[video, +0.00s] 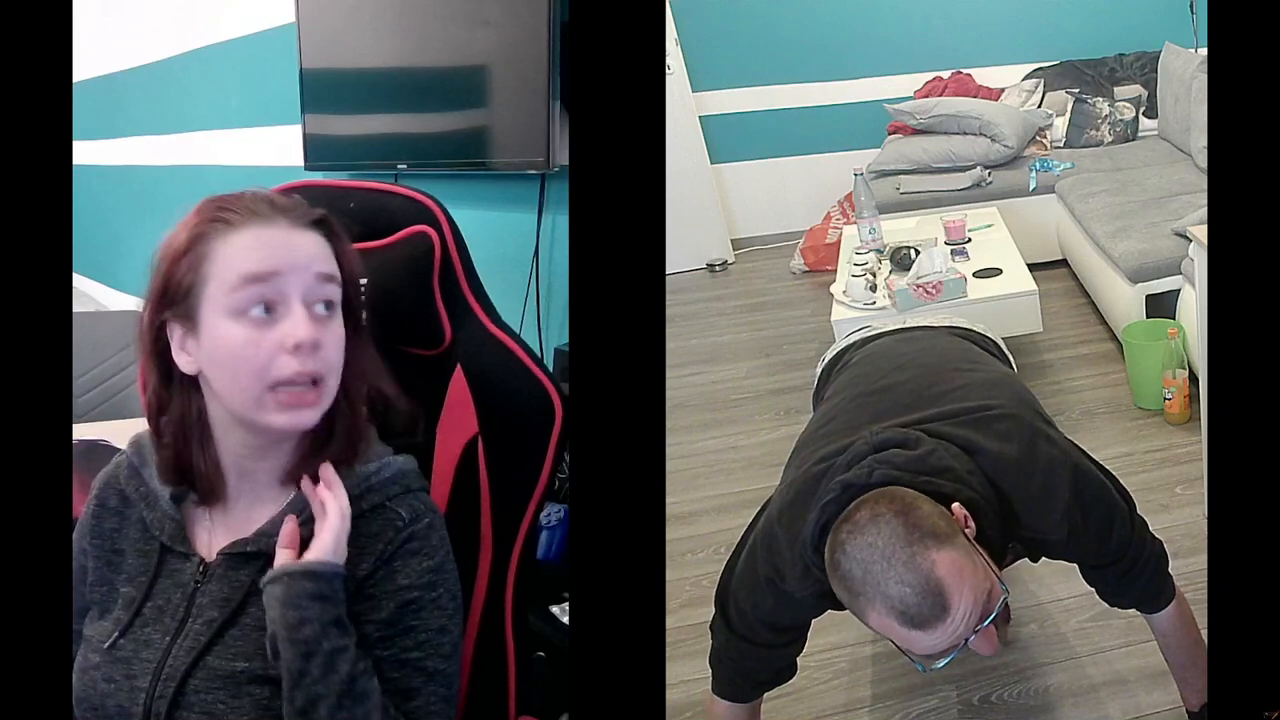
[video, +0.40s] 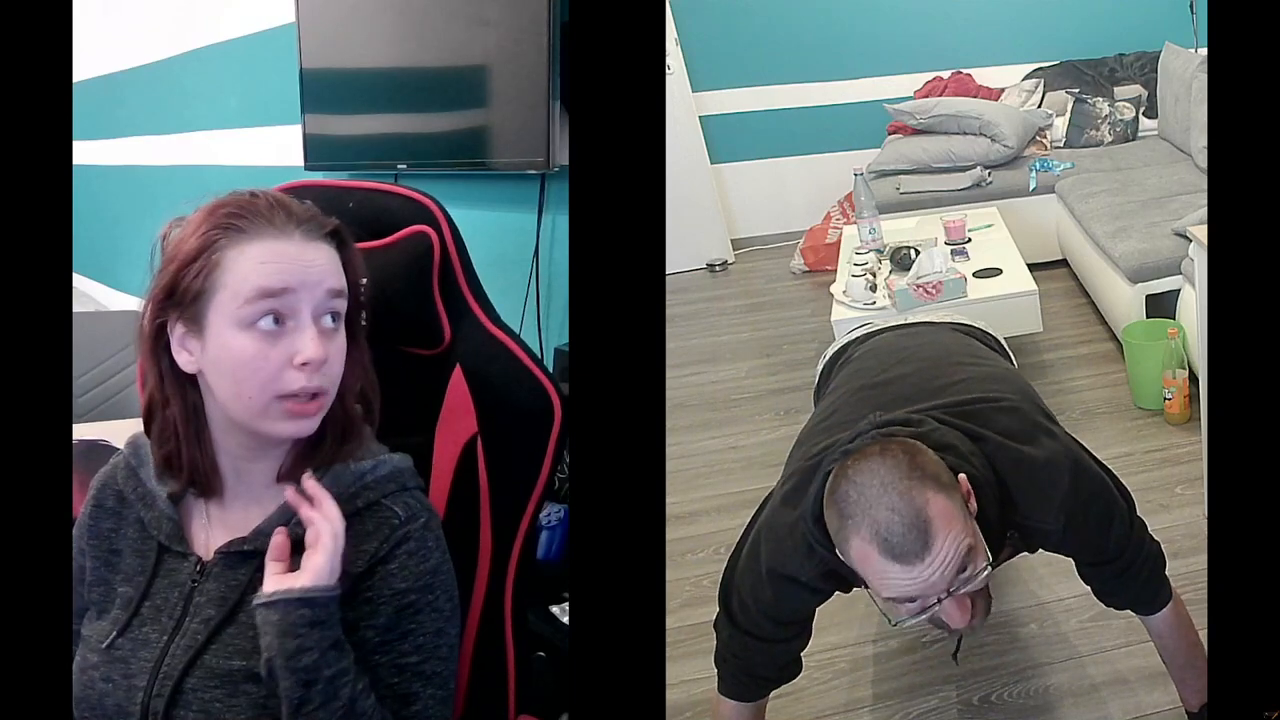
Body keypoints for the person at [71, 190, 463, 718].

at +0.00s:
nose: (306, 335)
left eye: (325, 305)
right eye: (263, 308)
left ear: (346, 328)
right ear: (184, 342)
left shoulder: (393, 518)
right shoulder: (126, 493)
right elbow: (80, 676)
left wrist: (308, 613)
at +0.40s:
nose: (314, 353)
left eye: (331, 317)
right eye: (271, 320)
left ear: (348, 333)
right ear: (186, 342)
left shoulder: (389, 522)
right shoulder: (122, 493)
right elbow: (80, 676)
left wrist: (304, 634)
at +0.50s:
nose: (312, 352)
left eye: (330, 317)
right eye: (271, 319)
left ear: (347, 333)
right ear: (186, 340)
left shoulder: (393, 537)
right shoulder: (120, 500)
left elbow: (406, 707)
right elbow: (81, 682)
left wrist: (262, 686)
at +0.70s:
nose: (311, 343)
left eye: (329, 312)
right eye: (270, 313)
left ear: (347, 329)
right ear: (186, 337)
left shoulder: (389, 539)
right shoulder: (118, 502)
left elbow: (406, 707)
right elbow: (81, 684)